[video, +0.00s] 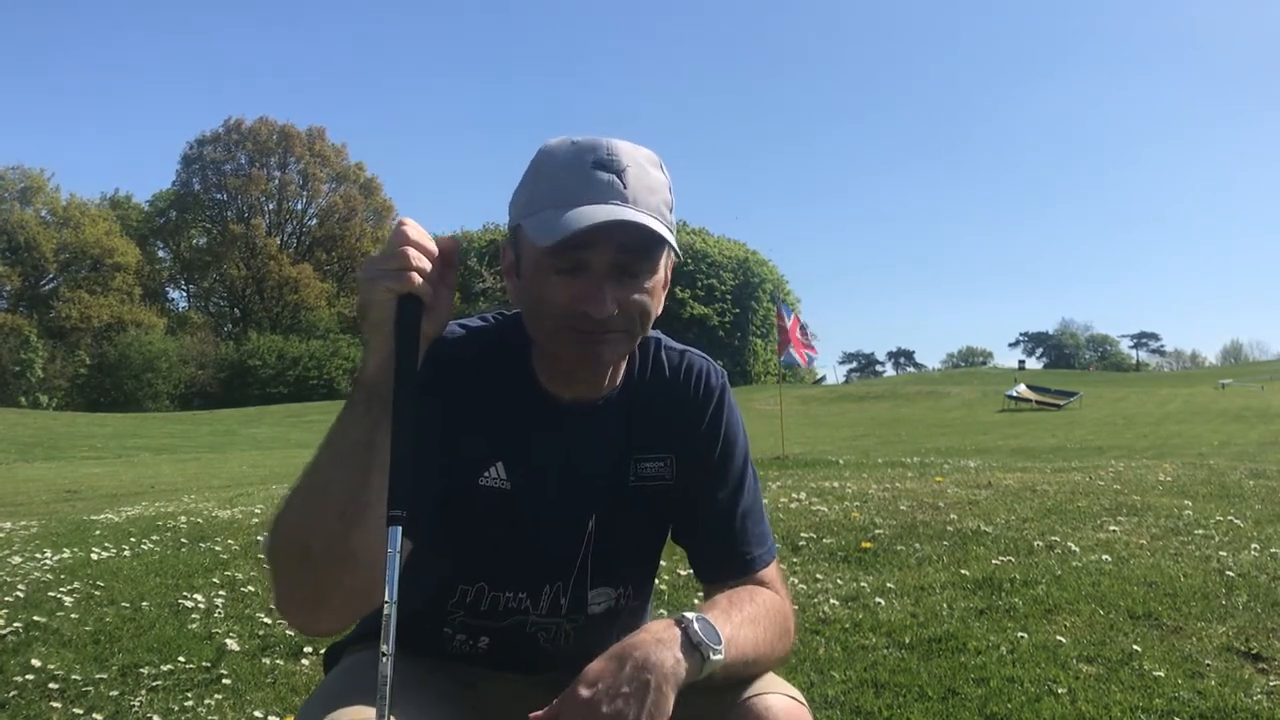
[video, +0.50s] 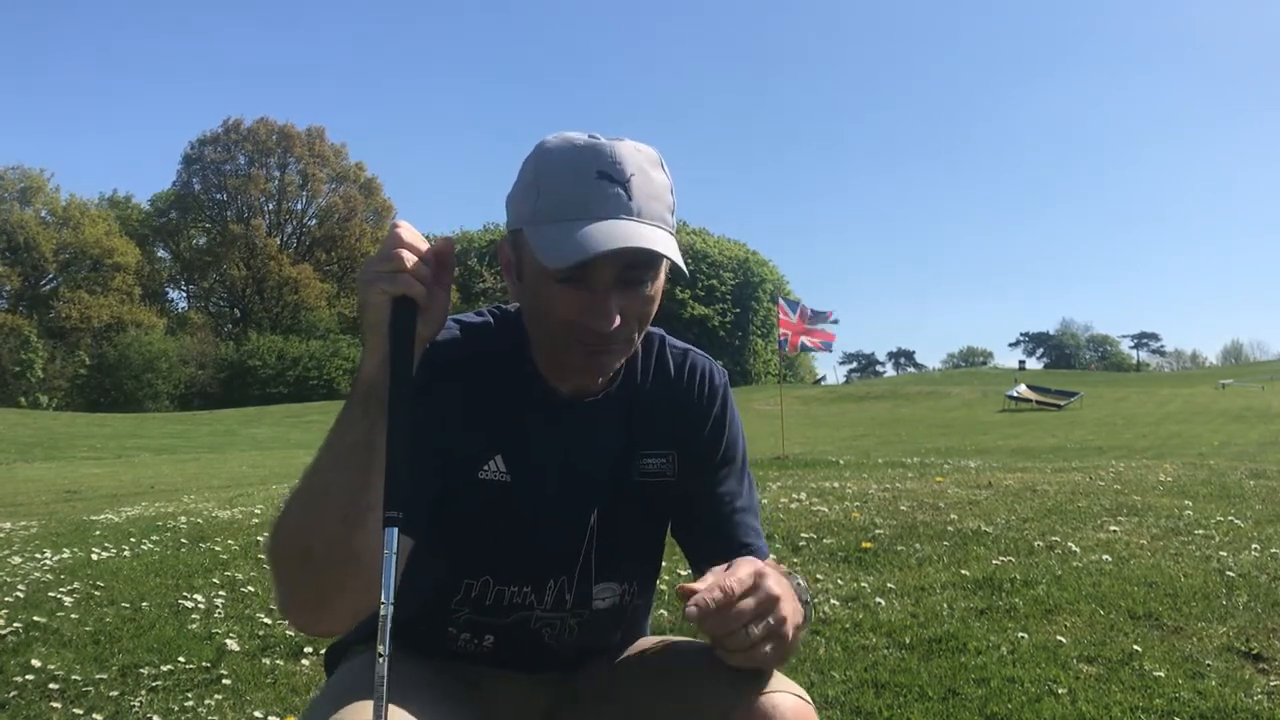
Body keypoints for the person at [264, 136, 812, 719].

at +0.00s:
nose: (600, 302)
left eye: (630, 270)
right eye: (568, 266)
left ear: (665, 280)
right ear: (511, 267)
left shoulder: (689, 391)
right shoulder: (437, 371)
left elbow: (764, 604)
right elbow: (310, 608)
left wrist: (676, 645)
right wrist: (382, 370)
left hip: (612, 670)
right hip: (432, 668)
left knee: (778, 709)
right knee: (344, 711)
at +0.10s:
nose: (604, 312)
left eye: (633, 278)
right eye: (573, 276)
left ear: (667, 279)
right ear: (513, 269)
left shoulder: (690, 392)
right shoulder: (439, 369)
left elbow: (761, 600)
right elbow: (312, 606)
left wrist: (694, 643)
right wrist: (384, 369)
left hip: (610, 673)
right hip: (432, 670)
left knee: (778, 710)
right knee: (346, 713)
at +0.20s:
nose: (610, 316)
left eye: (636, 280)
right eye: (578, 279)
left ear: (668, 277)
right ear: (514, 270)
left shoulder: (692, 392)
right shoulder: (436, 368)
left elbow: (755, 590)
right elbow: (312, 607)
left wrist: (721, 640)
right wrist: (381, 368)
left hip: (608, 672)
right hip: (431, 671)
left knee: (778, 710)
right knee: (349, 714)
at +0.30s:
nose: (610, 316)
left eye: (638, 281)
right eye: (578, 279)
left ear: (668, 278)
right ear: (514, 269)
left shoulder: (692, 392)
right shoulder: (435, 370)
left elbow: (752, 587)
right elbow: (312, 607)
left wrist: (748, 624)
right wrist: (379, 368)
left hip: (606, 672)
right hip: (433, 673)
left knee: (780, 711)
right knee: (352, 715)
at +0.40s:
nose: (609, 316)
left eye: (637, 280)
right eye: (577, 280)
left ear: (666, 277)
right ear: (513, 269)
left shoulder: (690, 390)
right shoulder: (434, 369)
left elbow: (744, 576)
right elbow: (312, 608)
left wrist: (764, 612)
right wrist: (379, 368)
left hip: (606, 669)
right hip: (435, 671)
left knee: (781, 710)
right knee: (355, 713)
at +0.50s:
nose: (607, 314)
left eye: (635, 278)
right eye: (575, 277)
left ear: (665, 276)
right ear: (511, 266)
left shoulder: (688, 389)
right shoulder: (435, 367)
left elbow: (743, 576)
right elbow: (314, 609)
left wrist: (767, 603)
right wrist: (379, 371)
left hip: (606, 666)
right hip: (435, 670)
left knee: (781, 707)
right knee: (360, 713)